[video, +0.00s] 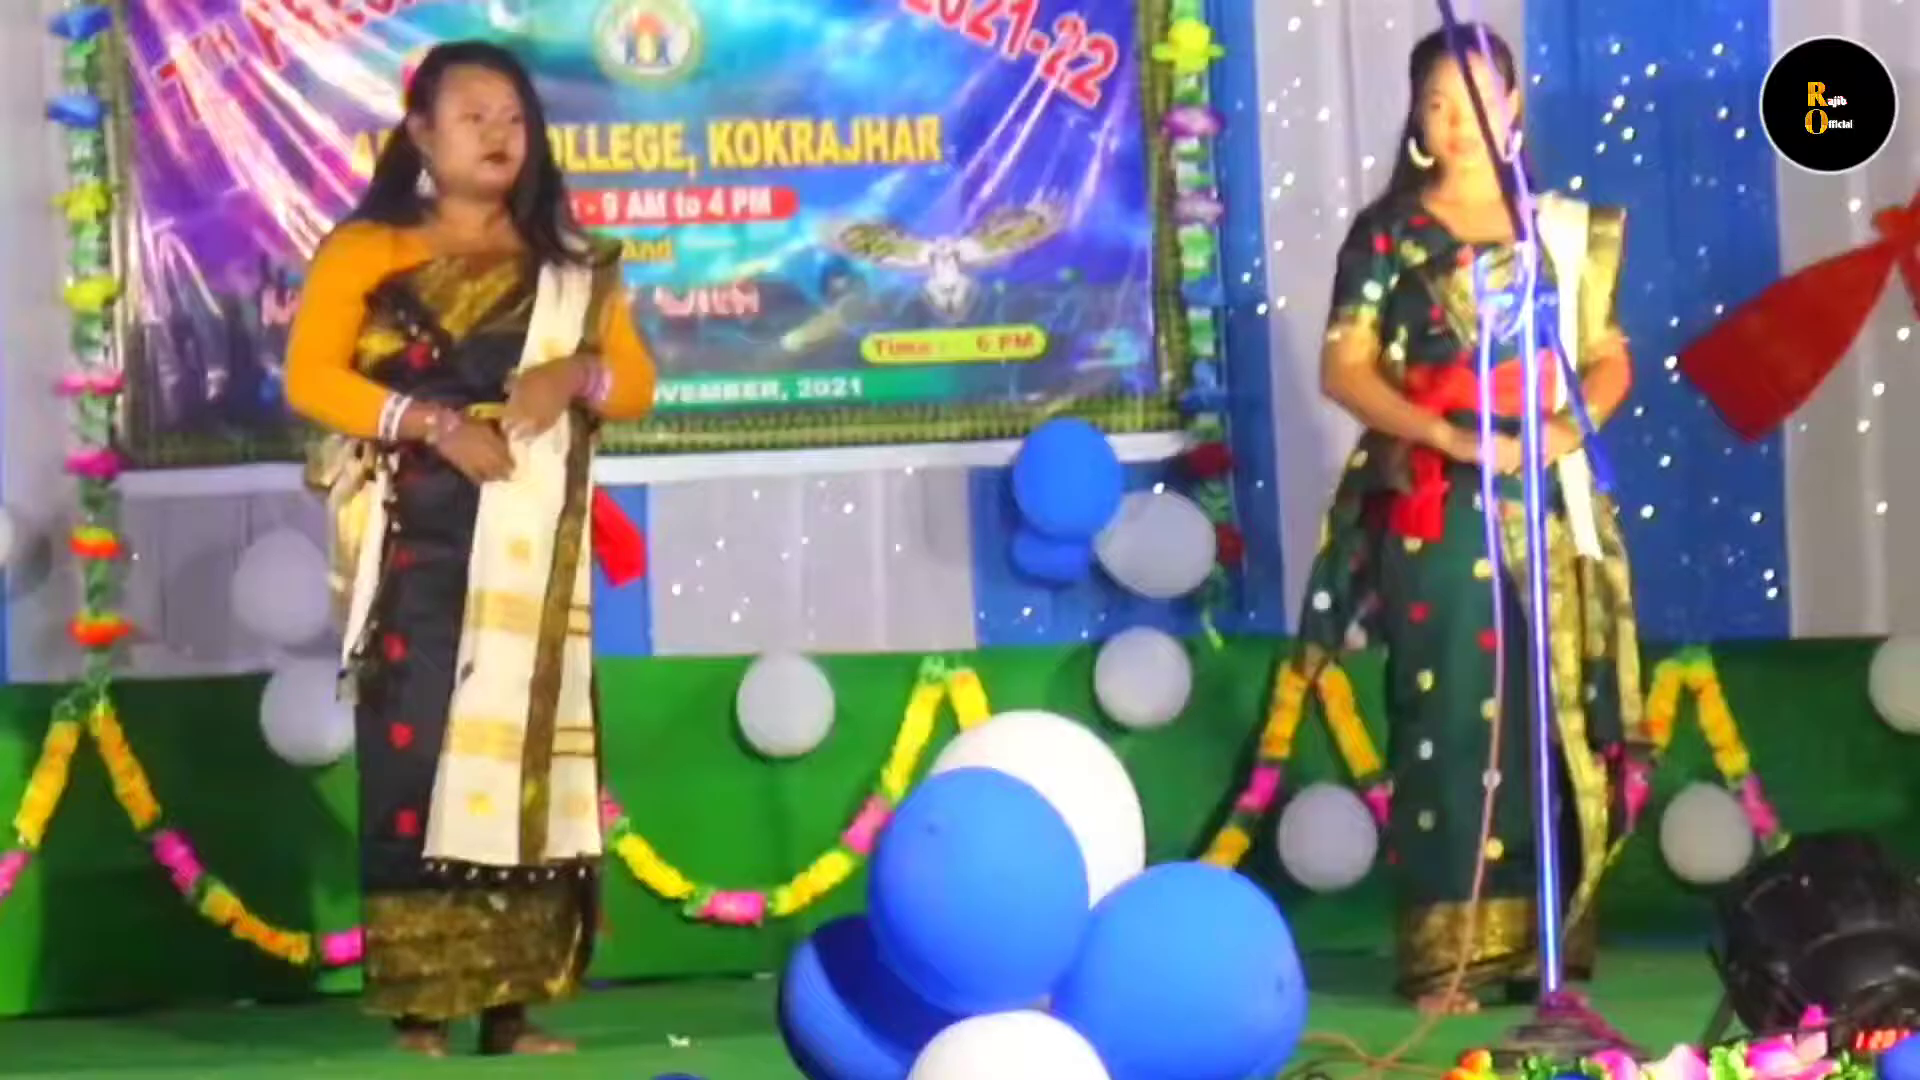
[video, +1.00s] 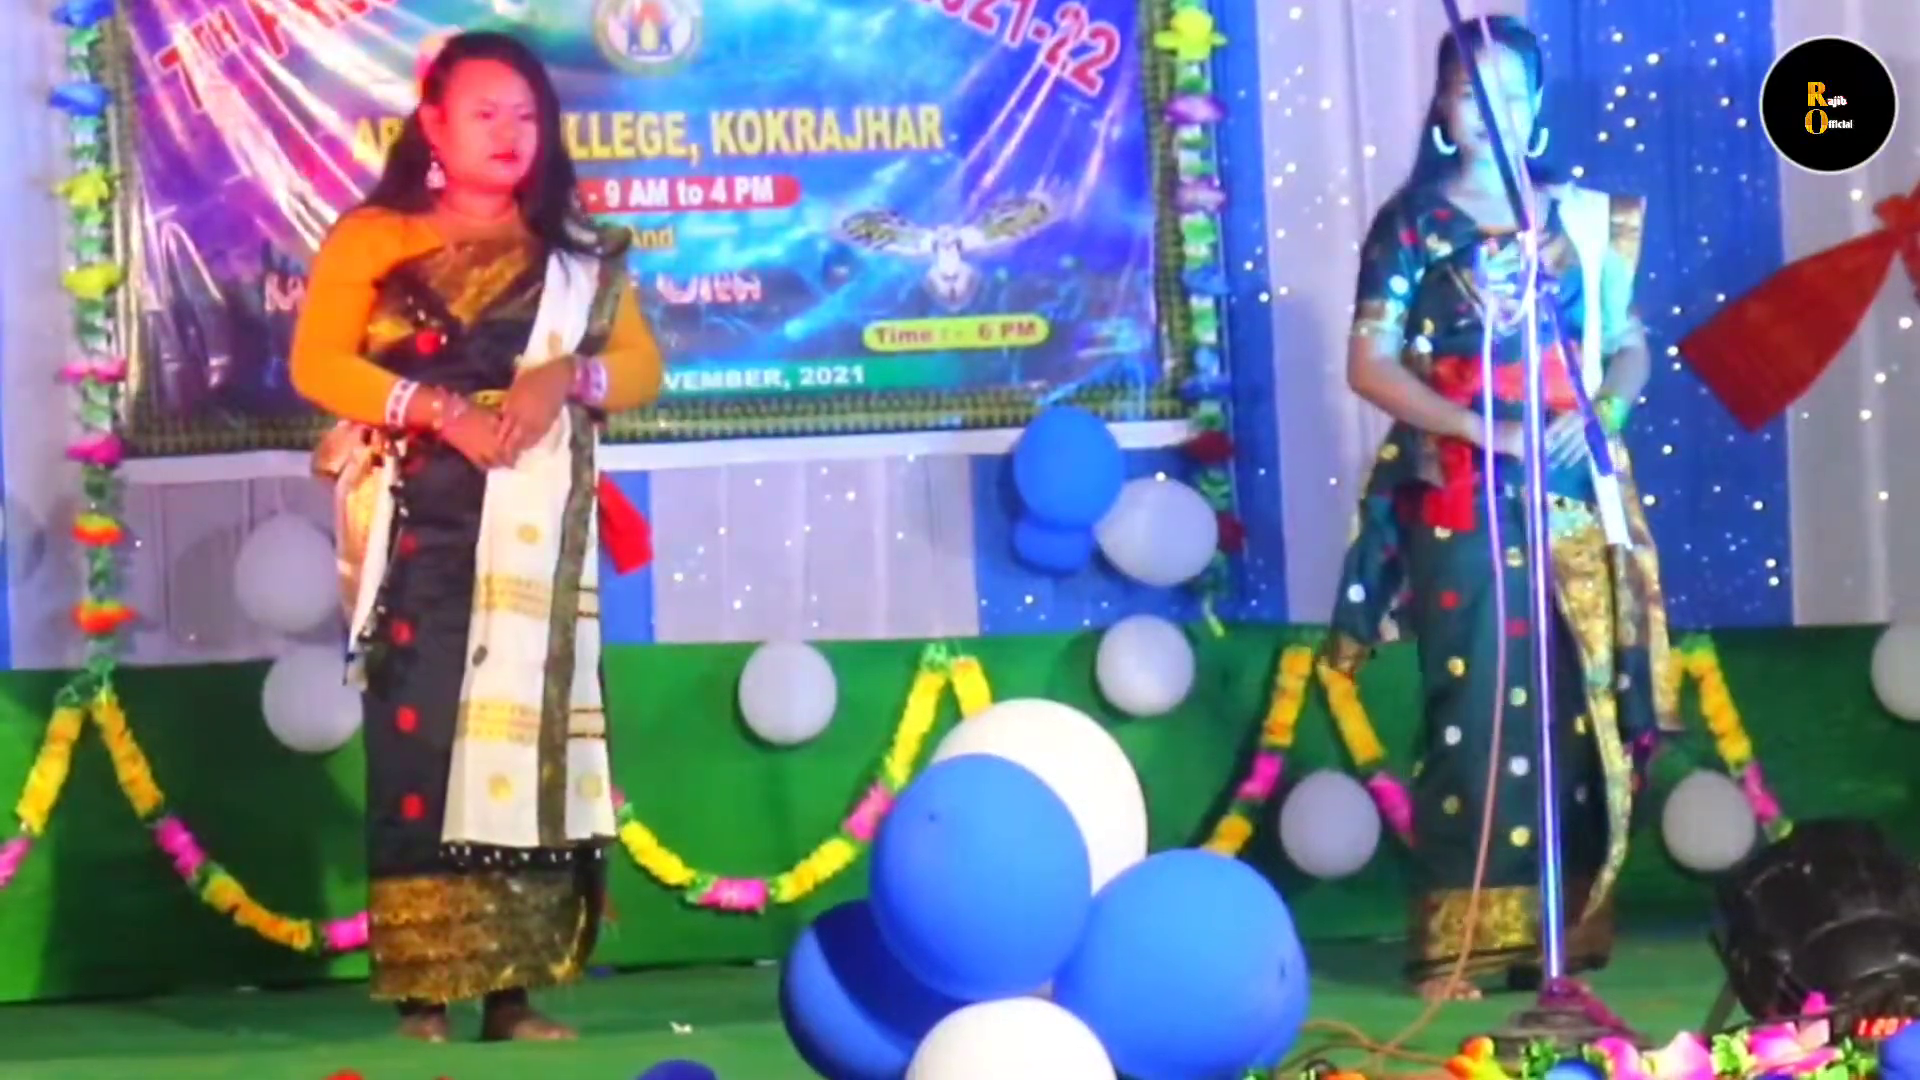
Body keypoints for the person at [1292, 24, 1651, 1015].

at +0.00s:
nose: (1444, 120)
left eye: (1465, 102)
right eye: (1430, 105)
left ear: (1509, 108)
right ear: (1415, 118)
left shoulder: (1568, 230)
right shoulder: (1388, 233)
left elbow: (1611, 363)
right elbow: (1343, 371)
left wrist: (1564, 428)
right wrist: (1449, 436)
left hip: (1550, 506)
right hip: (1438, 509)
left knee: (1556, 716)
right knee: (1445, 718)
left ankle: (1554, 955)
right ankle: (1446, 956)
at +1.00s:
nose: (1461, 108)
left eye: (1484, 91)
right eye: (1454, 89)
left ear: (1529, 102)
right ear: (1440, 99)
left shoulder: (1577, 216)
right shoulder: (1412, 223)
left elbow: (1625, 345)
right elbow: (1367, 366)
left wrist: (1600, 408)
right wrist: (1479, 427)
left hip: (1571, 500)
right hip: (1462, 501)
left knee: (1578, 706)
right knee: (1471, 708)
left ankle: (1573, 937)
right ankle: (1458, 938)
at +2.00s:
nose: (1443, 122)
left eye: (1461, 105)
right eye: (1426, 105)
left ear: (1494, 113)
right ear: (1404, 117)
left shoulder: (1548, 227)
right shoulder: (1372, 230)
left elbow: (1584, 389)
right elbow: (1334, 369)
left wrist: (1571, 304)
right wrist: (1456, 436)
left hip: (1535, 504)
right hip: (1424, 507)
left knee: (1541, 716)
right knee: (1440, 718)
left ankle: (1530, 951)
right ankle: (1434, 956)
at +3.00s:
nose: (1456, 122)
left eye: (1471, 104)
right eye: (1435, 107)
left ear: (1495, 114)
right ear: (1405, 122)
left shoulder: (1527, 227)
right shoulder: (1379, 233)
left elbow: (1550, 360)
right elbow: (1337, 377)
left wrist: (1555, 435)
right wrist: (1463, 451)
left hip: (1521, 505)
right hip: (1425, 512)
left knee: (1532, 720)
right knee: (1442, 723)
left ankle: (1520, 951)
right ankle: (1434, 957)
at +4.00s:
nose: (1452, 134)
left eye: (1467, 116)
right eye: (1432, 116)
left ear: (1490, 124)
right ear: (1398, 126)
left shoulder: (1525, 234)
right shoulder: (1366, 242)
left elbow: (1560, 391)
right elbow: (1328, 385)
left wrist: (1561, 308)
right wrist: (1457, 451)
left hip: (1529, 515)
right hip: (1426, 520)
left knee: (1538, 729)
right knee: (1440, 730)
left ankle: (1530, 967)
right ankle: (1438, 968)